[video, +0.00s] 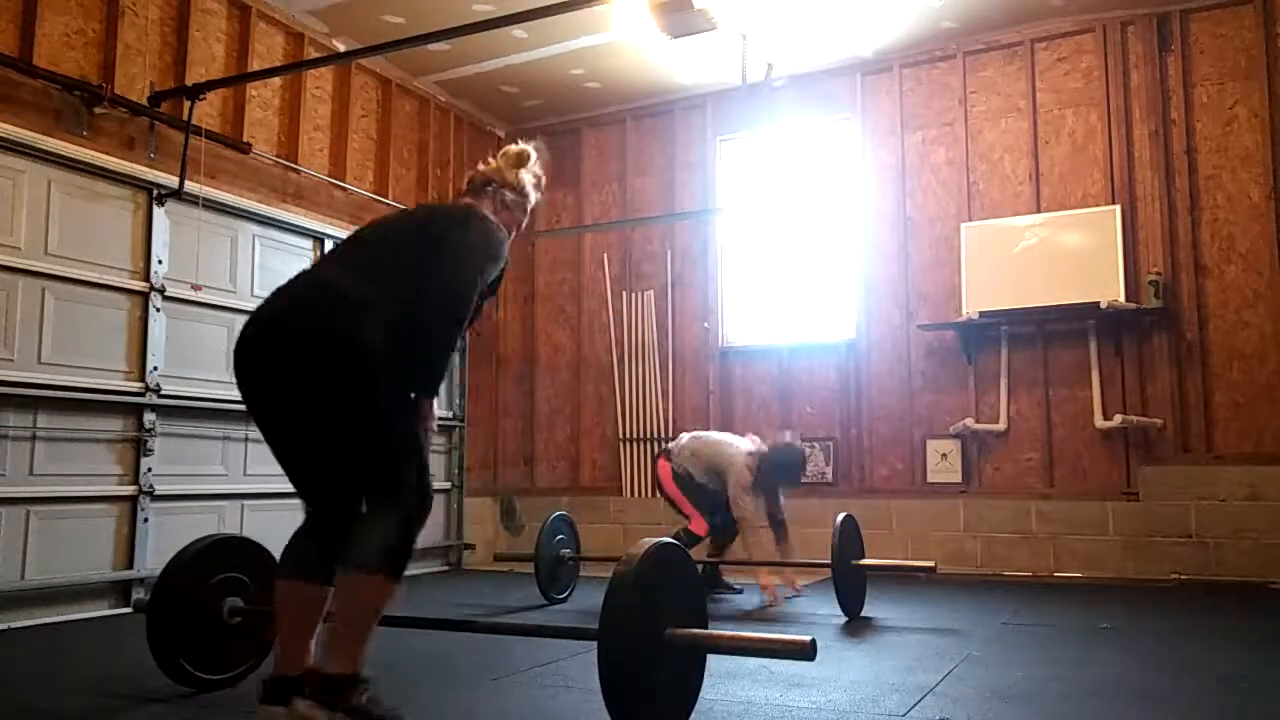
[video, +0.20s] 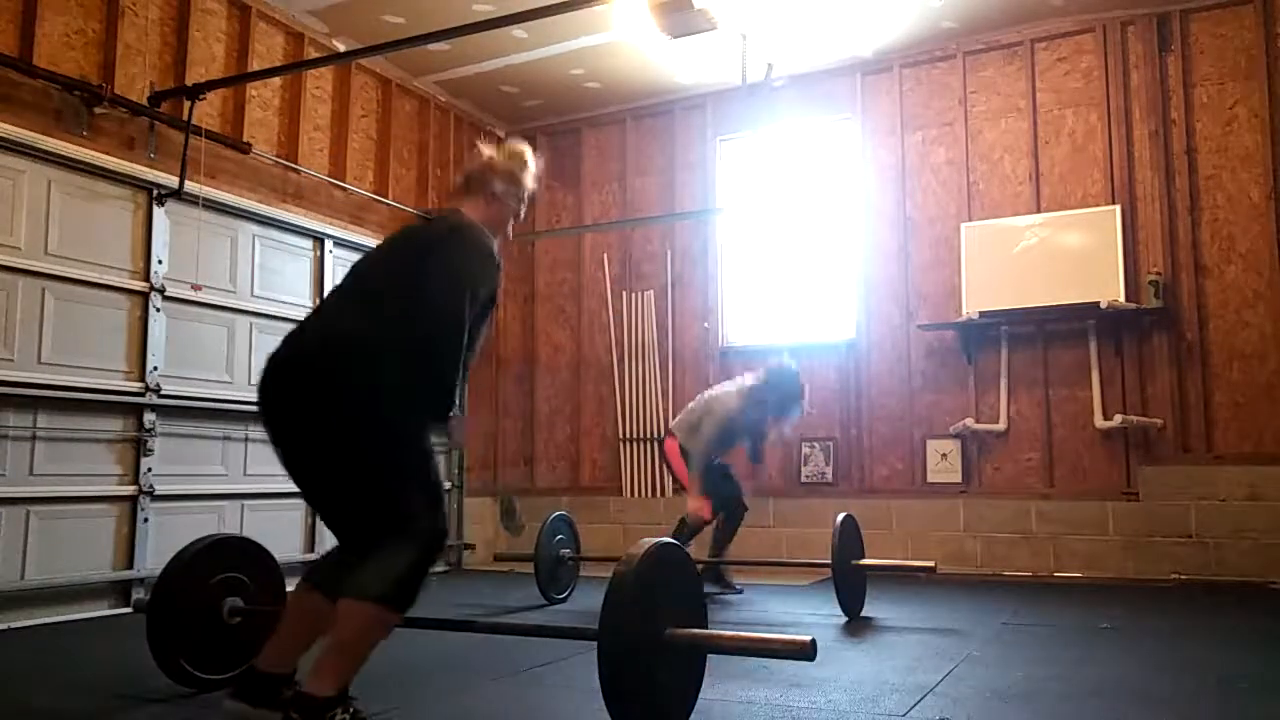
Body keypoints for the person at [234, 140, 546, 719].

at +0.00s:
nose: (511, 229)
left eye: (516, 220)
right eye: (514, 218)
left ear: (466, 194)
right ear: (505, 206)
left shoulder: (410, 221)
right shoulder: (486, 234)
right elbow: (440, 314)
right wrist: (425, 400)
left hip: (269, 345)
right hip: (347, 358)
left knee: (330, 505)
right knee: (401, 499)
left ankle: (286, 678)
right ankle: (336, 680)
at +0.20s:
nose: (516, 222)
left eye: (519, 210)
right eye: (518, 210)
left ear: (463, 191)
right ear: (506, 203)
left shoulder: (422, 231)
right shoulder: (473, 250)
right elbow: (438, 335)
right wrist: (440, 414)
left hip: (295, 385)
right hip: (358, 397)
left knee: (369, 537)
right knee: (416, 533)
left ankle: (267, 674)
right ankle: (321, 697)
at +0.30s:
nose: (522, 166)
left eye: (524, 155)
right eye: (523, 153)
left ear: (468, 132)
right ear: (511, 146)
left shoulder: (432, 183)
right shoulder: (472, 196)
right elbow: (449, 297)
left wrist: (483, 305)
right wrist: (439, 356)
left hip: (331, 350)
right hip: (381, 365)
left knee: (366, 520)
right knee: (393, 521)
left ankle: (273, 664)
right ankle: (325, 686)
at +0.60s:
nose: (577, 169)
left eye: (586, 157)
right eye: (582, 151)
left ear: (549, 128)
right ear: (556, 131)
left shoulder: (505, 180)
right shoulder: (500, 181)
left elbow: (479, 274)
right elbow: (470, 274)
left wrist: (509, 333)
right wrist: (493, 342)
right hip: (396, 316)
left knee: (483, 413)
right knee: (483, 416)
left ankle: (376, 499)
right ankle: (374, 500)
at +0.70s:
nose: (602, 211)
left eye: (608, 200)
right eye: (603, 194)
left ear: (560, 170)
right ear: (575, 176)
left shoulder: (520, 222)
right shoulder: (523, 229)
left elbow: (489, 312)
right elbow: (482, 315)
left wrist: (524, 372)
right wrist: (519, 375)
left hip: (402, 356)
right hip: (421, 362)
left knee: (473, 469)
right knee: (477, 472)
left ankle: (447, 604)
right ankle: (447, 608)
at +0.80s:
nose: (607, 297)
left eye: (615, 288)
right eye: (607, 282)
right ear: (583, 261)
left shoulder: (553, 315)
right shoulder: (536, 309)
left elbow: (536, 396)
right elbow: (501, 399)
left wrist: (550, 458)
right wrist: (529, 465)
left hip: (474, 418)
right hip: (446, 420)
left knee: (499, 524)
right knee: (498, 526)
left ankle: (458, 643)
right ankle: (449, 651)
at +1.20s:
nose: (667, 492)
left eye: (677, 487)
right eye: (672, 482)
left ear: (659, 449)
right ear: (655, 453)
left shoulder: (629, 458)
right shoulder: (598, 464)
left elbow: (644, 558)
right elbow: (571, 574)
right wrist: (571, 678)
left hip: (493, 421)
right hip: (452, 406)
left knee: (449, 529)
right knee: (425, 526)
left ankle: (353, 552)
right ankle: (329, 558)